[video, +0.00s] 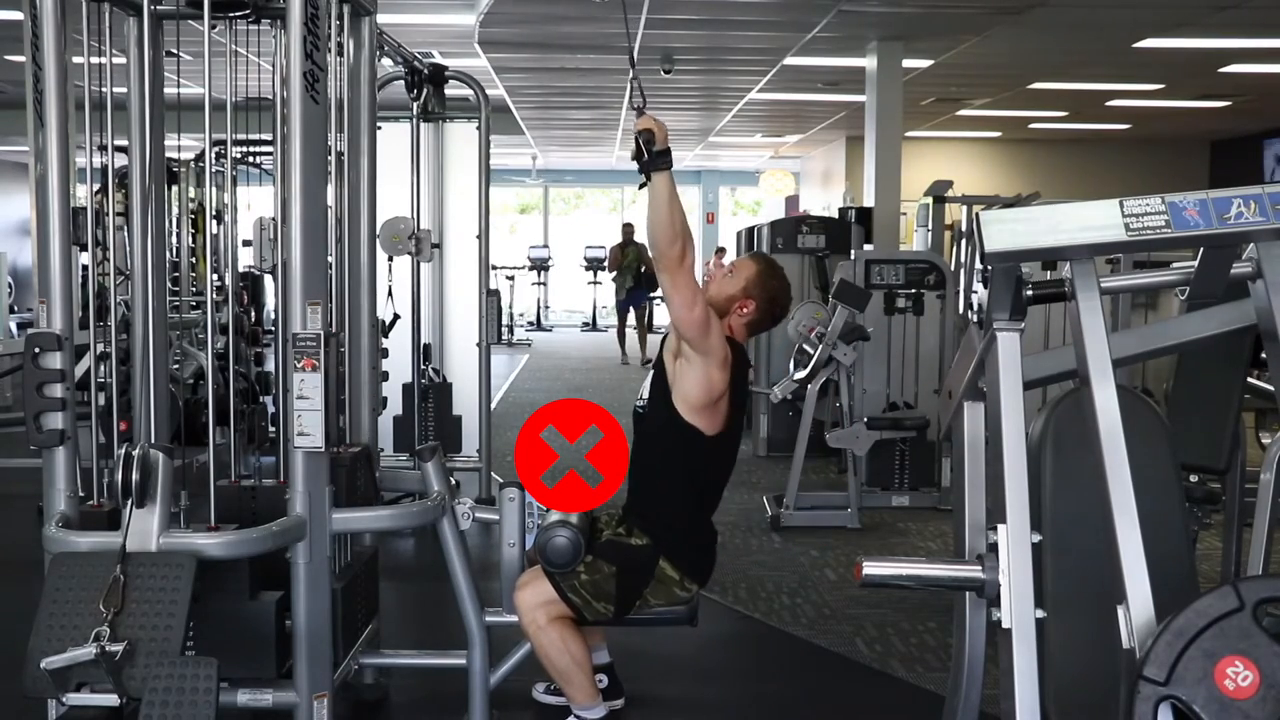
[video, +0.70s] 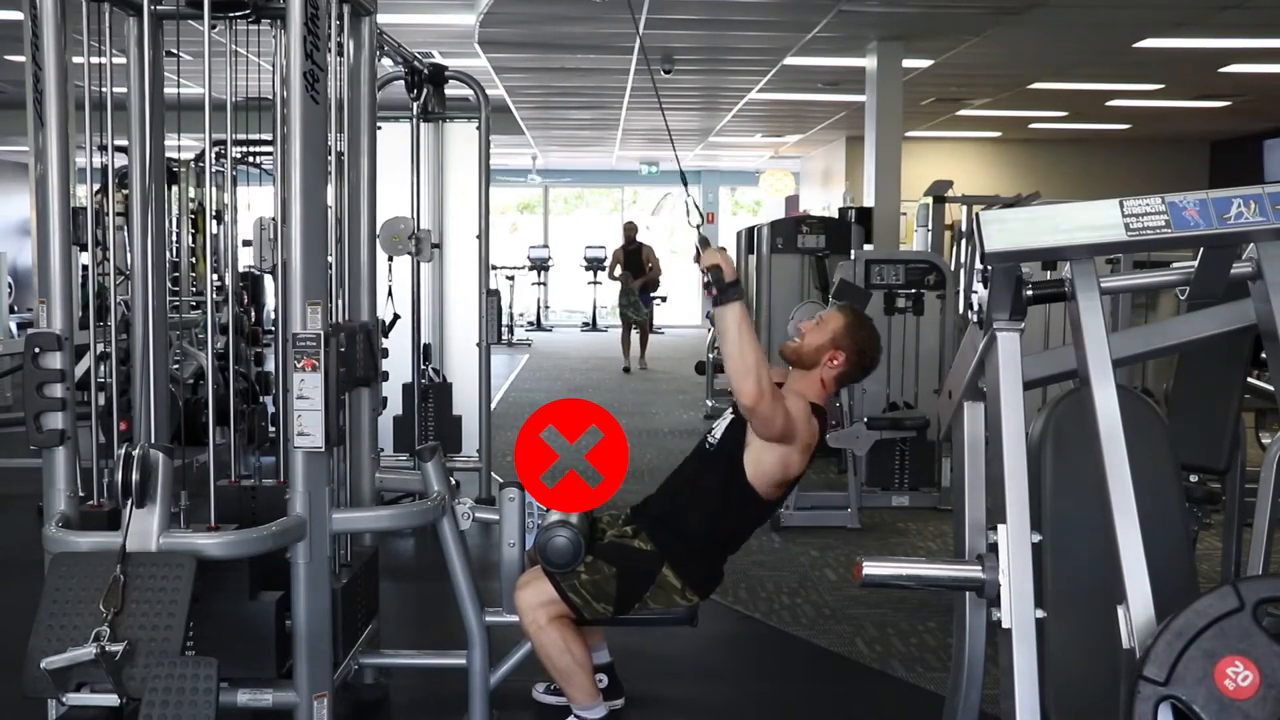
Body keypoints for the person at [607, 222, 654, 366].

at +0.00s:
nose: (628, 236)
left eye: (631, 233)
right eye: (626, 233)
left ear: (634, 233)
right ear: (622, 233)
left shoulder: (641, 248)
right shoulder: (616, 249)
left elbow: (650, 266)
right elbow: (611, 268)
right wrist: (623, 257)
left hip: (639, 288)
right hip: (622, 289)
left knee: (641, 323)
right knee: (622, 324)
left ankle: (644, 355)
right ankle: (623, 354)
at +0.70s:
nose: (628, 233)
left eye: (631, 230)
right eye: (626, 230)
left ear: (636, 232)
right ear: (623, 232)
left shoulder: (646, 250)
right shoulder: (618, 253)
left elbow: (657, 270)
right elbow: (610, 274)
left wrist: (640, 281)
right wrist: (619, 278)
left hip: (643, 293)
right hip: (626, 292)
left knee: (644, 327)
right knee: (626, 327)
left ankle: (642, 357)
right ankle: (626, 360)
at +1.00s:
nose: (623, 230)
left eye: (626, 226)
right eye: (621, 226)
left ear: (631, 228)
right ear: (617, 228)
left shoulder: (641, 246)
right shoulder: (612, 248)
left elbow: (651, 269)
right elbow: (604, 272)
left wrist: (640, 281)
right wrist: (616, 277)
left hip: (638, 289)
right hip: (622, 290)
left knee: (640, 326)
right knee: (623, 327)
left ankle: (638, 353)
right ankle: (626, 361)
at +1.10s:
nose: (623, 229)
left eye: (625, 226)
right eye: (620, 226)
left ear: (631, 228)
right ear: (617, 228)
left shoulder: (640, 246)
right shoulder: (610, 248)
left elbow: (651, 268)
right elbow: (601, 272)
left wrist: (641, 279)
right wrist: (617, 279)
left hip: (635, 289)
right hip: (620, 289)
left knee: (635, 325)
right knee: (622, 327)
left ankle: (634, 361)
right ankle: (626, 362)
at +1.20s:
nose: (622, 230)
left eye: (625, 227)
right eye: (620, 227)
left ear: (630, 229)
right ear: (617, 229)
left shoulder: (639, 248)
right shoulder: (610, 249)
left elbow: (650, 269)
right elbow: (600, 273)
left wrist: (639, 280)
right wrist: (616, 283)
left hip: (634, 290)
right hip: (618, 291)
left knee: (632, 328)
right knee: (621, 329)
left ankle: (629, 361)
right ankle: (626, 361)